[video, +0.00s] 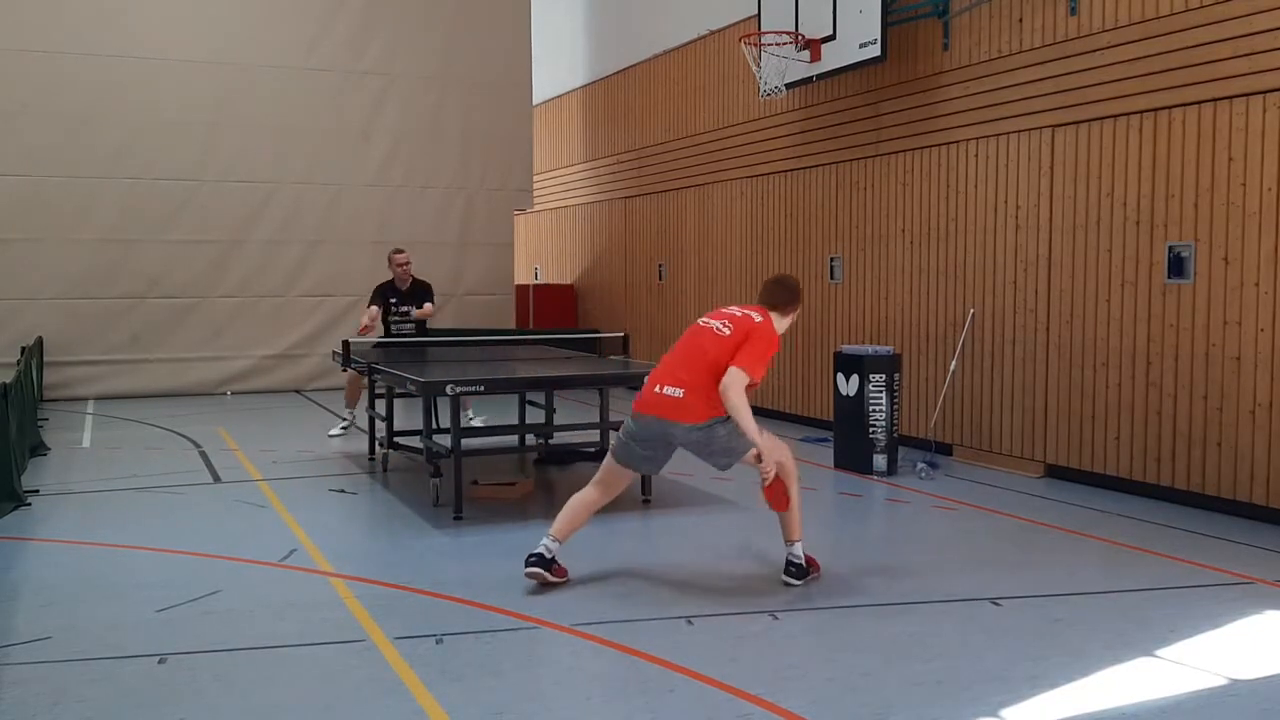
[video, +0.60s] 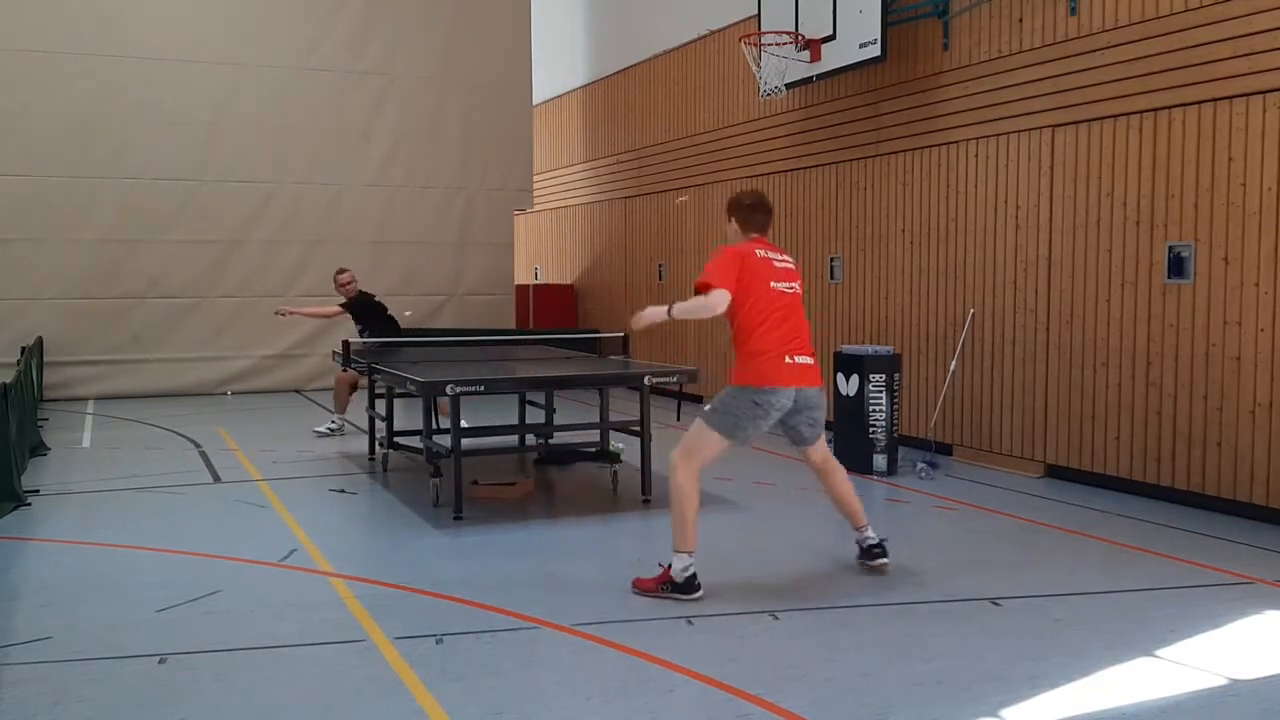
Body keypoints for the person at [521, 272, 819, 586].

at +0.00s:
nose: (792, 323)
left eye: (793, 316)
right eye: (794, 317)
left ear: (759, 299)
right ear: (791, 313)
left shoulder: (721, 313)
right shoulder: (766, 331)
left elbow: (690, 368)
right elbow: (732, 386)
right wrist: (759, 443)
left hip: (648, 410)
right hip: (698, 415)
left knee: (599, 489)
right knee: (783, 459)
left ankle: (543, 552)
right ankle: (796, 559)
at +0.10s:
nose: (798, 322)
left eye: (799, 314)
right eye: (799, 314)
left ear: (765, 300)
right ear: (793, 310)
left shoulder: (725, 313)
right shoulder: (775, 336)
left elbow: (667, 333)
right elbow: (755, 406)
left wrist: (654, 360)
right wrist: (797, 457)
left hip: (659, 410)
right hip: (713, 419)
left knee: (600, 488)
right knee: (786, 463)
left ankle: (540, 553)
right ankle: (795, 559)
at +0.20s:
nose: (798, 305)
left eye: (800, 298)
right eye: (800, 297)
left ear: (764, 282)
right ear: (792, 291)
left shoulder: (721, 293)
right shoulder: (788, 326)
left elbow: (654, 313)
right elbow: (792, 403)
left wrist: (658, 326)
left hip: (678, 403)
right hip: (735, 413)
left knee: (613, 484)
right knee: (788, 464)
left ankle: (545, 552)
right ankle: (796, 555)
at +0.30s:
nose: (794, 270)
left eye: (794, 265)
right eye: (795, 264)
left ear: (757, 255)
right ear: (792, 264)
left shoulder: (729, 272)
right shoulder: (796, 298)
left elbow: (662, 287)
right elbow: (803, 342)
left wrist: (671, 277)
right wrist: (782, 315)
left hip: (702, 387)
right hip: (758, 398)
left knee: (636, 471)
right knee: (789, 467)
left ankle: (568, 549)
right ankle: (797, 556)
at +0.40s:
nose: (740, 226)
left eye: (742, 221)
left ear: (746, 223)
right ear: (784, 227)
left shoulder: (734, 247)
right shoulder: (797, 268)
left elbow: (677, 270)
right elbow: (793, 304)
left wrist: (659, 262)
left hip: (727, 372)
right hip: (779, 380)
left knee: (662, 460)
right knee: (791, 459)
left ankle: (627, 555)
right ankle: (802, 549)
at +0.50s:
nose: (733, 213)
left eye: (734, 208)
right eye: (737, 208)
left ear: (739, 210)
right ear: (774, 212)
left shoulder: (732, 239)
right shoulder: (791, 252)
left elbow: (691, 276)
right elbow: (787, 303)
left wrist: (650, 274)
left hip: (748, 366)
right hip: (797, 370)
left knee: (681, 457)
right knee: (806, 451)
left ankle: (682, 565)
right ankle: (833, 537)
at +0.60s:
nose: (728, 227)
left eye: (729, 222)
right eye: (731, 222)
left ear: (733, 224)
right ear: (769, 224)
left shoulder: (733, 255)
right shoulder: (786, 261)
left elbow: (715, 304)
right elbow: (781, 311)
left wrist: (663, 312)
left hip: (762, 382)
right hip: (808, 382)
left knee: (685, 463)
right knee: (822, 459)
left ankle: (682, 572)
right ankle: (869, 540)